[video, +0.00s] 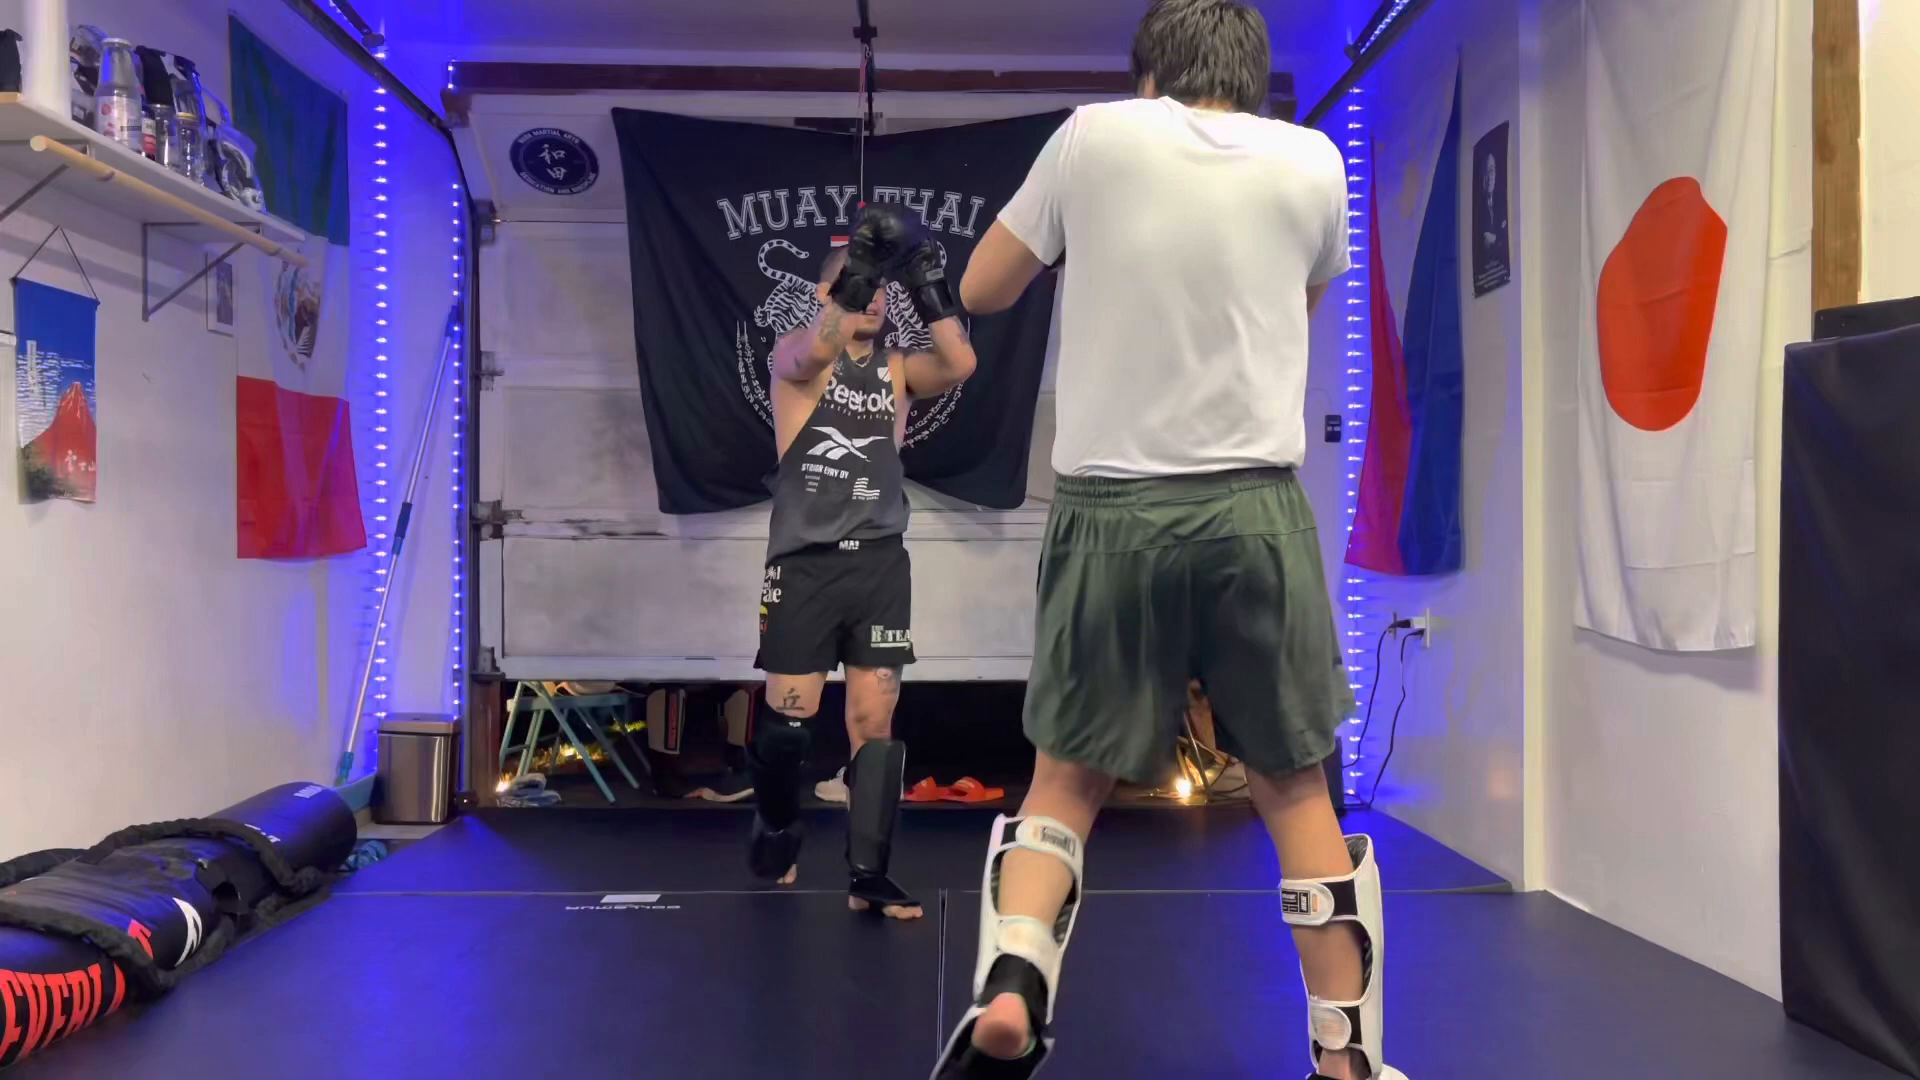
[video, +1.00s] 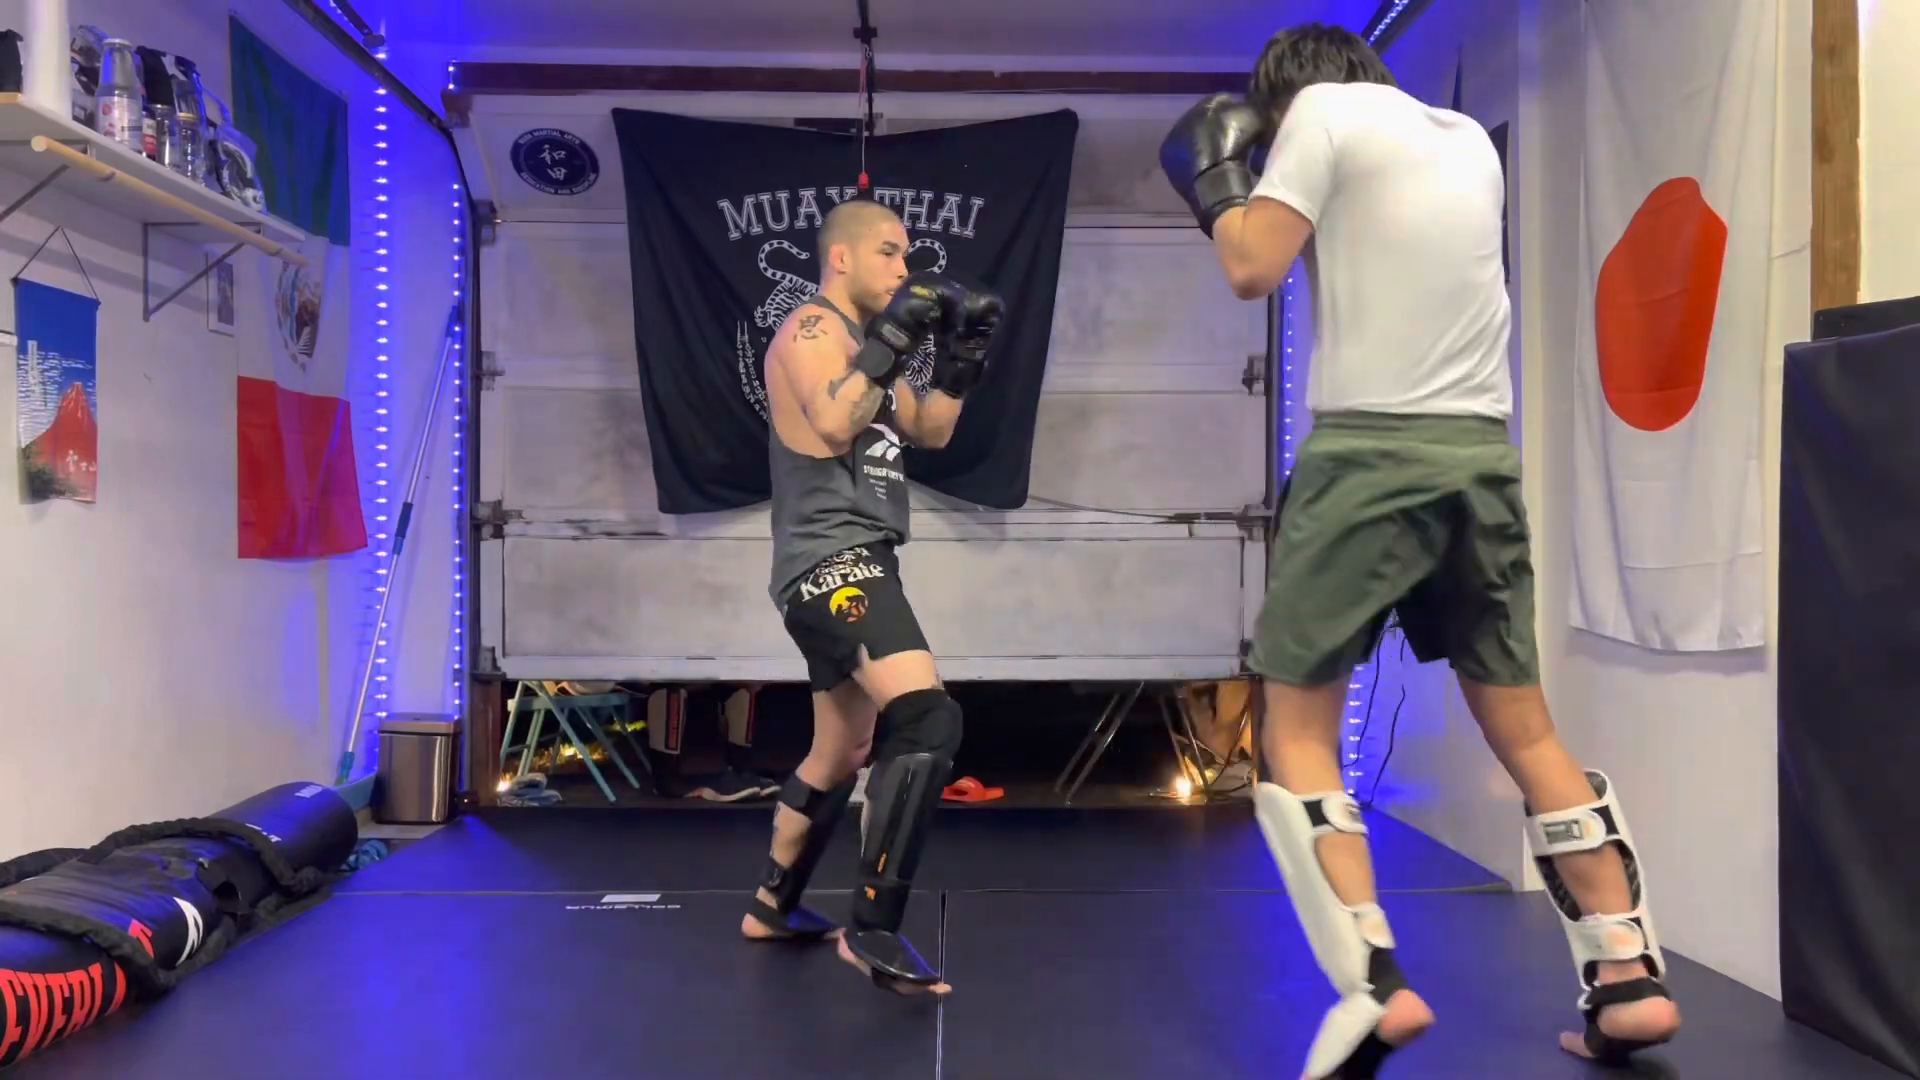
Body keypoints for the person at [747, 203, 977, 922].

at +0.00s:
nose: (872, 300)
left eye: (879, 290)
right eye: (857, 288)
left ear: (885, 299)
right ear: (823, 292)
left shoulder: (897, 367)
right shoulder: (793, 356)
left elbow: (959, 364)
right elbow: (814, 354)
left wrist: (929, 288)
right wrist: (853, 285)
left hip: (880, 561)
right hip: (803, 562)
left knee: (875, 715)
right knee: (790, 719)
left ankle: (869, 876)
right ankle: (777, 830)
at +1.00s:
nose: (903, 269)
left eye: (905, 256)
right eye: (889, 253)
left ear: (872, 263)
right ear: (839, 257)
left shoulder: (869, 342)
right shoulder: (808, 329)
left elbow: (929, 431)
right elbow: (832, 425)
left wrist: (959, 363)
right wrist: (894, 344)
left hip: (851, 559)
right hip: (833, 560)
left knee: (839, 748)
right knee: (924, 722)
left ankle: (775, 903)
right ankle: (875, 928)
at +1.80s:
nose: (852, 271)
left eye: (852, 259)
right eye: (838, 258)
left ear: (822, 271)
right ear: (786, 268)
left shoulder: (816, 351)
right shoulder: (748, 337)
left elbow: (859, 448)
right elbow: (731, 447)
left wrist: (913, 386)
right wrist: (798, 357)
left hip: (788, 572)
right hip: (751, 571)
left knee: (793, 745)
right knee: (817, 751)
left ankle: (739, 881)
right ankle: (802, 958)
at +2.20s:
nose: (779, 281)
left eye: (779, 267)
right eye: (764, 265)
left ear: (723, 277)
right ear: (711, 272)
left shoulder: (722, 351)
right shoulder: (690, 340)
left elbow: (772, 453)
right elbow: (734, 417)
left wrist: (825, 386)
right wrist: (804, 327)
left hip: (674, 590)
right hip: (686, 591)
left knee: (701, 766)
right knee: (771, 773)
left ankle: (691, 900)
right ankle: (690, 967)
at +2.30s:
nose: (759, 286)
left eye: (756, 271)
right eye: (742, 269)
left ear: (686, 284)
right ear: (690, 278)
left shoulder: (666, 359)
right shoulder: (689, 343)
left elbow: (714, 451)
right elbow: (792, 336)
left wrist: (760, 417)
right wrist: (910, 284)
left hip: (613, 603)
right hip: (653, 605)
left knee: (667, 767)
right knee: (732, 802)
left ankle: (650, 906)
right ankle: (666, 1015)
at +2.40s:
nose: (734, 280)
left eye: (732, 265)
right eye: (720, 262)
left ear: (661, 276)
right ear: (666, 271)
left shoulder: (634, 354)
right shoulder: (663, 338)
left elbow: (693, 458)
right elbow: (755, 355)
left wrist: (746, 395)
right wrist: (866, 304)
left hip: (572, 609)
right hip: (617, 608)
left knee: (621, 762)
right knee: (714, 793)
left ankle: (540, 910)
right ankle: (663, 1019)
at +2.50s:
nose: (703, 271)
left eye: (702, 257)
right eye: (688, 255)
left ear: (634, 269)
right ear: (634, 260)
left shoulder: (628, 351)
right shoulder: (607, 336)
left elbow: (699, 447)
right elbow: (634, 418)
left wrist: (748, 370)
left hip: (539, 596)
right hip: (565, 595)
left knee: (550, 776)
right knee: (662, 789)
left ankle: (424, 913)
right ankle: (658, 1014)